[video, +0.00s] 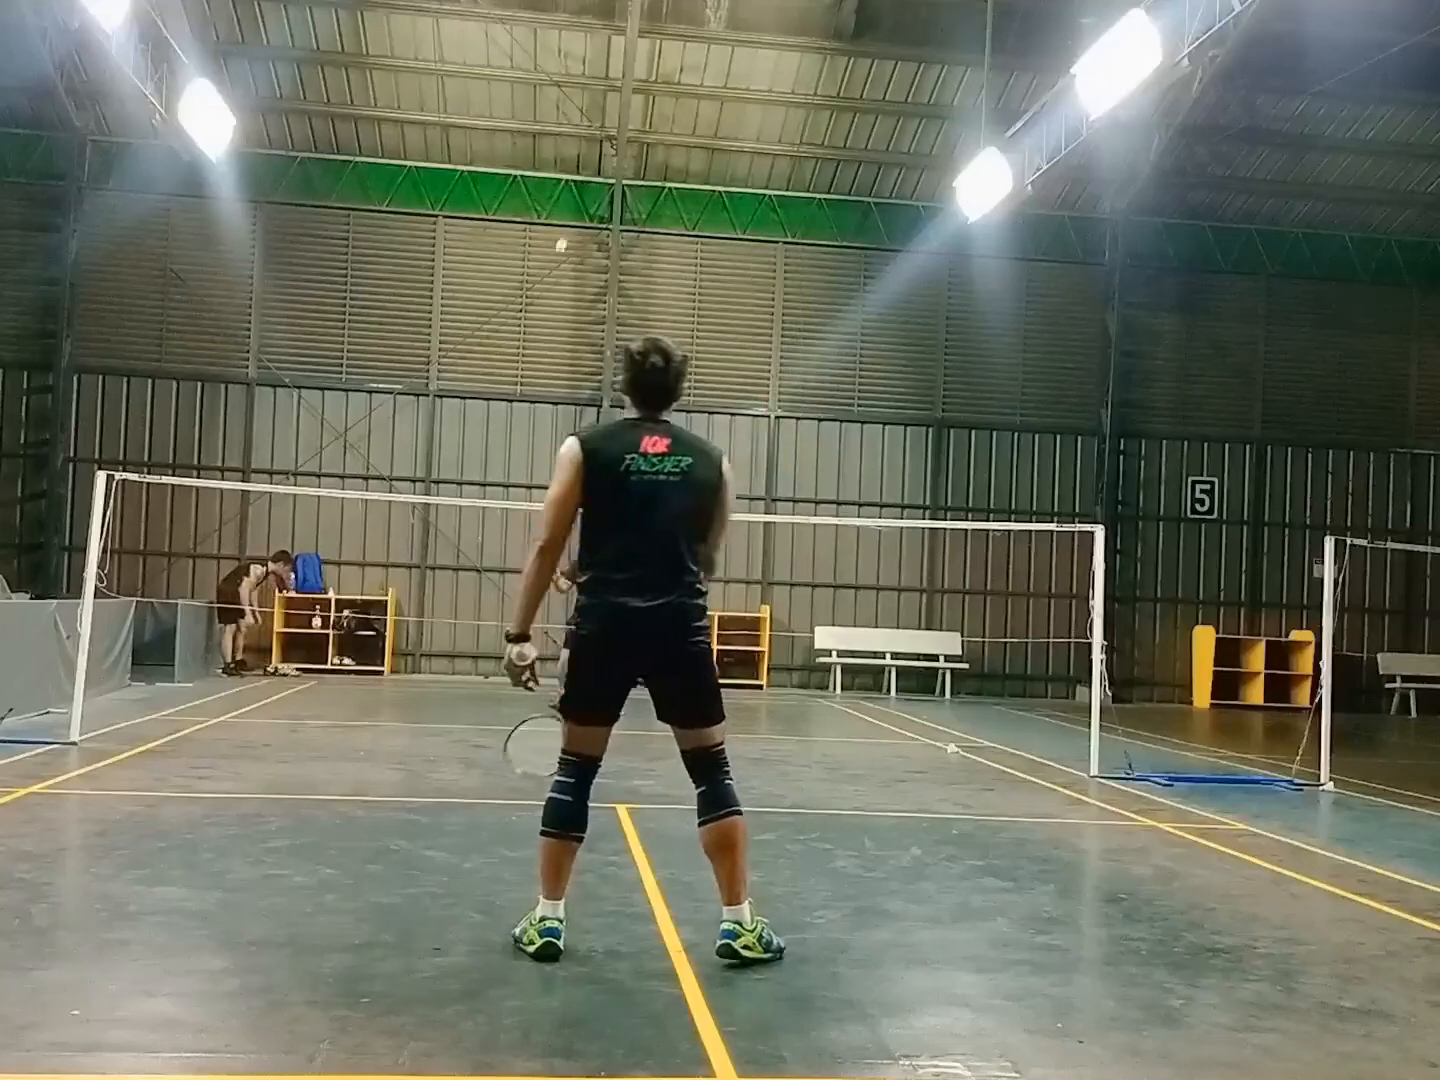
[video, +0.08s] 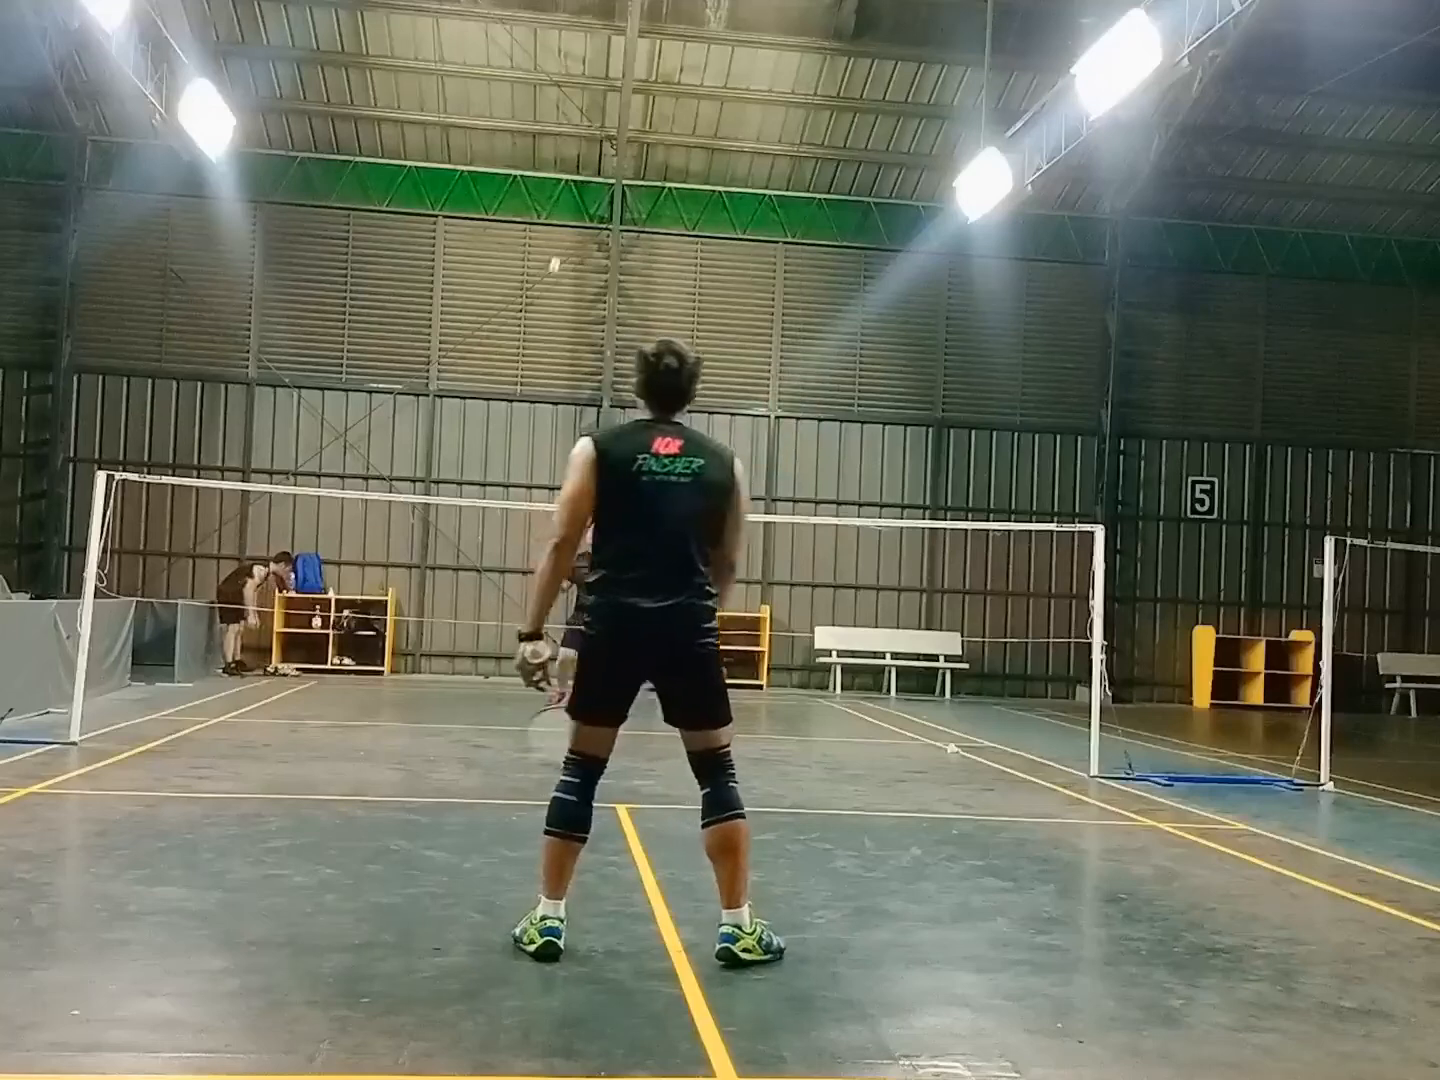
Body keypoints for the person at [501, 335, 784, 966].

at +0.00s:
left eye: (629, 380)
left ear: (622, 388)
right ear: (677, 393)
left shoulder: (586, 447)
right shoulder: (710, 460)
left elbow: (549, 546)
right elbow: (708, 552)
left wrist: (519, 632)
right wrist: (596, 570)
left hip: (602, 631)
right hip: (679, 634)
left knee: (576, 767)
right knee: (711, 768)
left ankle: (548, 916)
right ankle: (739, 920)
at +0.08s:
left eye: (644, 381)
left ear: (636, 390)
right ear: (690, 396)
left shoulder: (597, 449)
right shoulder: (720, 462)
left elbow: (563, 546)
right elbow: (725, 566)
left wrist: (533, 633)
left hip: (610, 629)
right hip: (687, 632)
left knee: (582, 767)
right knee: (716, 769)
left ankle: (549, 915)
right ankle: (737, 923)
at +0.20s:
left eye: (673, 389)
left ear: (666, 396)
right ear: (719, 403)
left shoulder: (623, 448)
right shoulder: (749, 470)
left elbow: (599, 534)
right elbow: (765, 570)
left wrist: (566, 626)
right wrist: (750, 633)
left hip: (628, 633)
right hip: (706, 638)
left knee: (590, 766)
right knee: (728, 772)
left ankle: (551, 912)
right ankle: (740, 926)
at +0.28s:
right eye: (726, 394)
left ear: (678, 395)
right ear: (731, 403)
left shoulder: (635, 446)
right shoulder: (760, 472)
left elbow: (610, 530)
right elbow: (782, 573)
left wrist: (577, 622)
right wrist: (769, 649)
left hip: (633, 633)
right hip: (712, 641)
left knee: (589, 762)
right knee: (732, 774)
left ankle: (550, 906)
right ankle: (739, 926)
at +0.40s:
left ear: (692, 398)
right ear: (744, 406)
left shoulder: (647, 442)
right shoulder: (771, 474)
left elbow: (617, 522)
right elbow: (798, 571)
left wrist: (586, 614)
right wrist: (796, 658)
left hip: (635, 629)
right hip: (716, 638)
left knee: (590, 758)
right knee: (732, 774)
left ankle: (552, 901)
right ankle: (739, 926)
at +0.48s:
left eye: (700, 393)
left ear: (697, 399)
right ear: (749, 408)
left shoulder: (649, 441)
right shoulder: (773, 475)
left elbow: (611, 520)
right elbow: (803, 571)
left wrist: (580, 605)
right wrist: (805, 650)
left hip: (635, 628)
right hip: (715, 639)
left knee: (592, 758)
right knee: (730, 772)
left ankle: (553, 902)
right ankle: (739, 926)